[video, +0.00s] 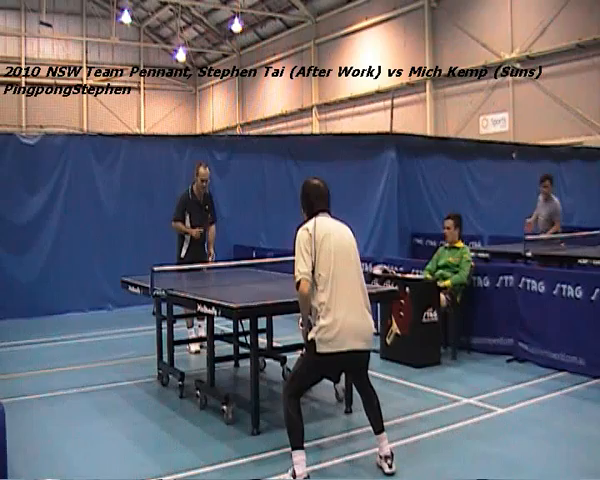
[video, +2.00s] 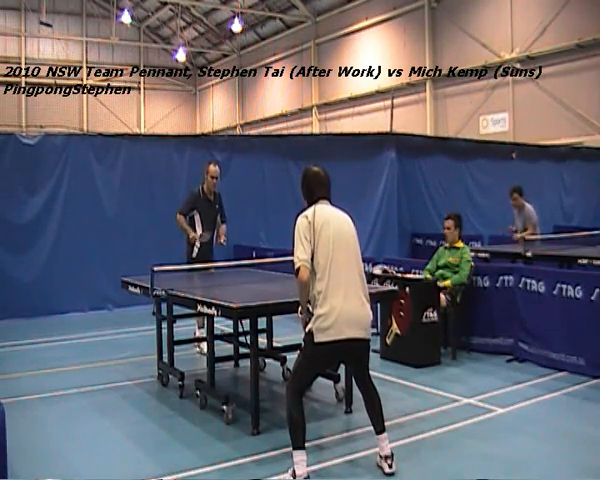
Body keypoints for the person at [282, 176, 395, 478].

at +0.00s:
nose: (301, 206)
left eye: (302, 201)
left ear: (304, 203)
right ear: (328, 202)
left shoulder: (307, 232)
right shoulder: (346, 230)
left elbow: (304, 287)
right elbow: (355, 278)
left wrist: (305, 318)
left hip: (331, 337)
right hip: (363, 333)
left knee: (291, 392)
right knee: (362, 381)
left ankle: (299, 467)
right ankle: (385, 450)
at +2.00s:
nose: (303, 194)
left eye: (303, 189)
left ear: (305, 191)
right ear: (329, 190)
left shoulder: (306, 219)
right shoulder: (346, 219)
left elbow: (303, 272)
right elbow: (354, 268)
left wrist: (303, 305)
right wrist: (325, 303)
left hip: (328, 326)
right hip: (360, 323)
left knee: (294, 390)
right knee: (364, 379)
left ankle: (300, 465)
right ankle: (386, 451)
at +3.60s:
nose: (310, 193)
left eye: (310, 188)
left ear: (310, 191)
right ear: (335, 189)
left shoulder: (314, 223)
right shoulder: (351, 217)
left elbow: (301, 279)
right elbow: (364, 264)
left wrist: (301, 320)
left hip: (347, 326)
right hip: (378, 320)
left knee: (315, 392)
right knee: (370, 372)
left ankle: (325, 467)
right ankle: (389, 442)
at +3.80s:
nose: (331, 189)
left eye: (331, 184)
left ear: (332, 188)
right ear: (356, 186)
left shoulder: (334, 219)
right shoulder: (371, 216)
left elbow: (315, 270)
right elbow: (384, 267)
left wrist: (301, 304)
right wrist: (384, 300)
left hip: (359, 322)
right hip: (387, 317)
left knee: (330, 390)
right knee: (382, 373)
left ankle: (328, 465)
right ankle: (396, 437)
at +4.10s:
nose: (374, 166)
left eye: (370, 161)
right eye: (385, 161)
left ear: (368, 163)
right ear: (391, 164)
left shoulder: (362, 189)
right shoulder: (404, 196)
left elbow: (348, 237)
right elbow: (418, 250)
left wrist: (348, 282)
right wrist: (405, 279)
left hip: (370, 290)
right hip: (399, 291)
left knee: (355, 362)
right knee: (391, 360)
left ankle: (361, 432)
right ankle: (396, 433)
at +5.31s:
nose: (340, 154)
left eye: (340, 149)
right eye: (345, 147)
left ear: (345, 150)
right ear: (369, 150)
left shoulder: (343, 182)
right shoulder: (385, 189)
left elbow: (336, 233)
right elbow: (396, 245)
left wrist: (340, 273)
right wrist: (377, 269)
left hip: (354, 297)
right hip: (385, 298)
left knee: (325, 365)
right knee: (382, 370)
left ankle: (319, 445)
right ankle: (387, 444)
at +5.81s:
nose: (294, 174)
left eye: (294, 168)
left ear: (295, 171)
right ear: (321, 171)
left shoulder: (295, 200)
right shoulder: (338, 204)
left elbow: (288, 248)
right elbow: (348, 258)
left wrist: (298, 292)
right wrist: (341, 291)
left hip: (315, 318)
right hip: (348, 316)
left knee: (290, 389)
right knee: (359, 379)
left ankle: (297, 468)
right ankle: (380, 450)